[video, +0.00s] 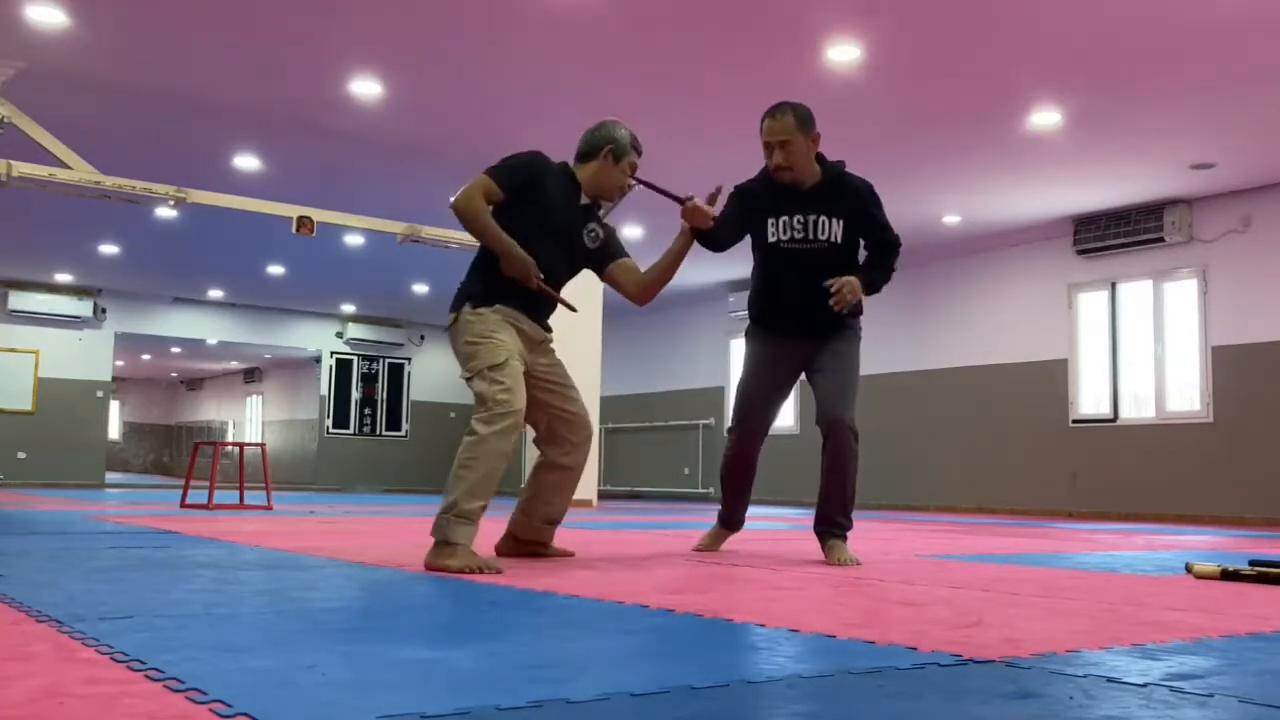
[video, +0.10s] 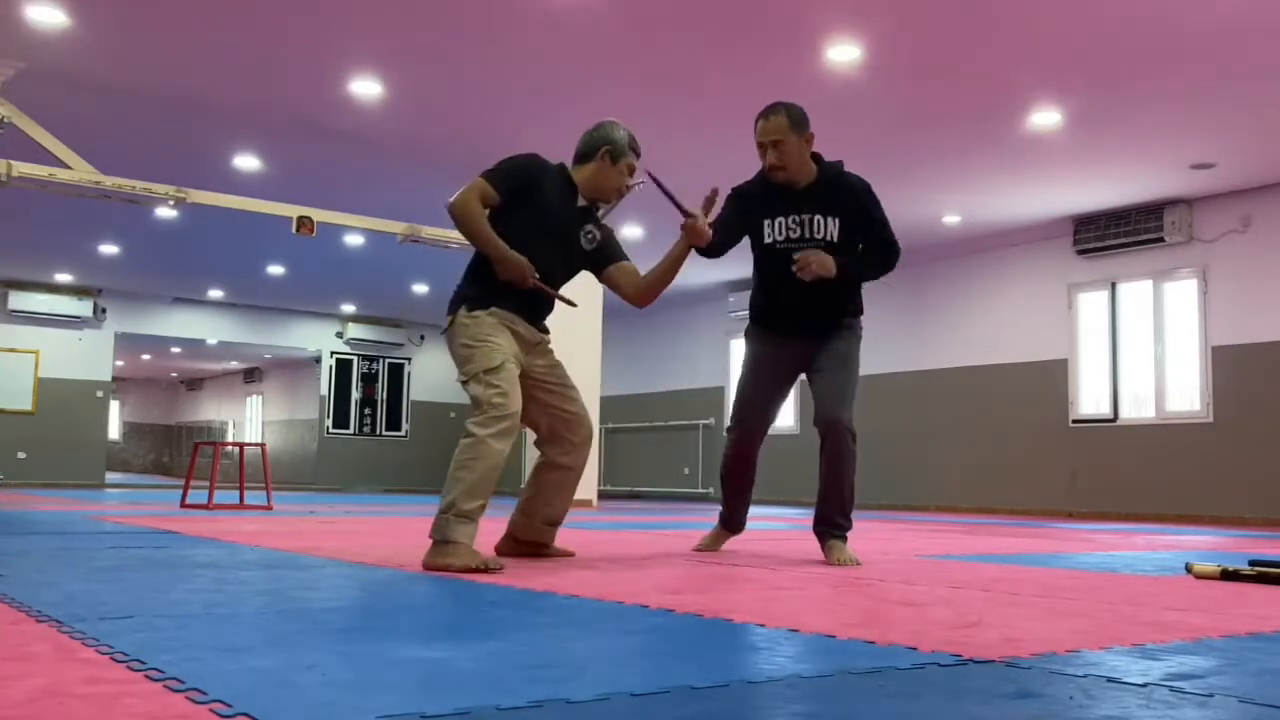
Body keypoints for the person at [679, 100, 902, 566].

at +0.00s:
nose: (775, 159)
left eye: (785, 147)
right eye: (768, 148)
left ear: (814, 142)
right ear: (762, 147)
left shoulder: (853, 193)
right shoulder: (754, 194)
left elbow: (888, 249)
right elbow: (721, 237)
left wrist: (864, 282)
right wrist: (703, 225)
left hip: (834, 333)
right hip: (772, 333)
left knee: (839, 424)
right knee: (745, 429)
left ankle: (834, 535)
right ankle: (729, 522)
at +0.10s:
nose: (769, 158)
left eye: (778, 146)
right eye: (762, 148)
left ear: (807, 142)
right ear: (756, 148)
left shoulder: (849, 191)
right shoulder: (749, 197)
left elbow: (887, 255)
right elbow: (719, 242)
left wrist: (837, 265)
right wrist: (703, 235)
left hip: (834, 333)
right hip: (773, 333)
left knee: (836, 424)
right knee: (743, 429)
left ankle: (833, 536)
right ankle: (730, 522)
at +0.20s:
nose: (758, 159)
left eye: (767, 147)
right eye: (752, 149)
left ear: (797, 140)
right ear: (747, 150)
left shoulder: (840, 187)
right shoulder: (745, 199)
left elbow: (856, 253)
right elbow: (717, 263)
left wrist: (785, 222)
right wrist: (705, 252)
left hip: (833, 330)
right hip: (773, 331)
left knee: (828, 422)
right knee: (734, 424)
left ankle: (834, 536)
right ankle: (729, 520)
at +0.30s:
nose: (749, 161)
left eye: (757, 149)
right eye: (743, 152)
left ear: (787, 141)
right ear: (740, 152)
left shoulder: (827, 180)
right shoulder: (747, 197)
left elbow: (825, 232)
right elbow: (727, 251)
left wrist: (759, 207)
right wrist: (707, 286)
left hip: (830, 329)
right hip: (772, 330)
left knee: (822, 423)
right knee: (725, 422)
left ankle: (834, 537)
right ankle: (725, 525)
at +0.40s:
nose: (732, 160)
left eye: (738, 147)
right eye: (725, 150)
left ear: (769, 139)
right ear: (723, 151)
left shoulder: (808, 181)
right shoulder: (737, 201)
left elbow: (788, 229)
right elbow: (727, 261)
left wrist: (718, 222)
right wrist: (705, 310)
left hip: (819, 325)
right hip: (763, 328)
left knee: (815, 421)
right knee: (724, 423)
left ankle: (833, 538)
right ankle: (709, 531)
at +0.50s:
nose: (704, 153)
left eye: (711, 142)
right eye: (699, 144)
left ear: (742, 136)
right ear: (699, 145)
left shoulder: (775, 174)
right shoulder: (721, 188)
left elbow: (750, 239)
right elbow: (737, 253)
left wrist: (690, 273)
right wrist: (724, 305)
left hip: (799, 318)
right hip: (749, 323)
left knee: (823, 419)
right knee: (721, 419)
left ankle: (864, 534)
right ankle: (709, 531)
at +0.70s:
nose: (687, 166)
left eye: (694, 155)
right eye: (681, 158)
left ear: (722, 150)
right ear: (682, 158)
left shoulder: (742, 189)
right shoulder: (718, 194)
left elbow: (731, 245)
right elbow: (725, 259)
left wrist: (679, 285)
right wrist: (695, 302)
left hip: (770, 329)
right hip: (726, 332)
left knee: (809, 422)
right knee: (692, 425)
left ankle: (884, 521)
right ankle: (710, 531)